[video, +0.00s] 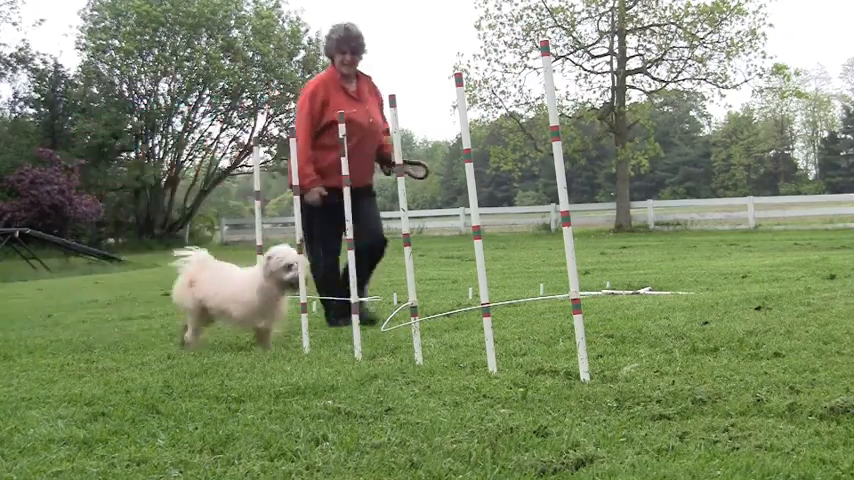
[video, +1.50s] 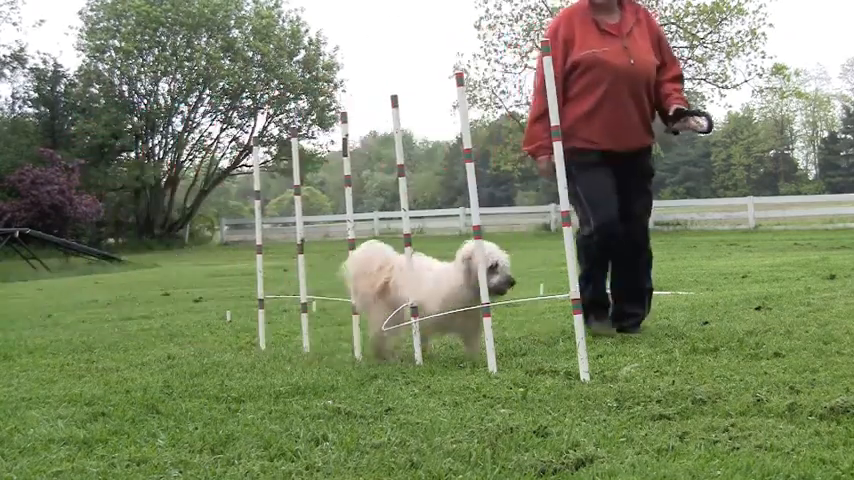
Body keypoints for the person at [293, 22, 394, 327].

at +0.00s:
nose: (348, 59)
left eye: (353, 53)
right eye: (341, 54)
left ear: (361, 54)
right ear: (331, 55)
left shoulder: (368, 87)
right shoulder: (316, 89)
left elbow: (378, 132)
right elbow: (301, 138)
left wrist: (389, 158)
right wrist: (308, 182)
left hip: (360, 186)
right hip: (323, 188)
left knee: (374, 243)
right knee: (325, 254)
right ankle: (336, 313)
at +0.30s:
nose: (402, 54)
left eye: (408, 49)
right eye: (396, 49)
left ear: (415, 50)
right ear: (384, 51)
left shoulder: (425, 87)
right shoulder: (373, 88)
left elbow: (429, 135)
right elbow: (365, 135)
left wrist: (450, 158)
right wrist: (401, 163)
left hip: (421, 185)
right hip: (377, 186)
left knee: (430, 250)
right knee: (375, 253)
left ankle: (432, 317)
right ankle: (350, 296)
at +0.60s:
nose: (455, 32)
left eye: (461, 26)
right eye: (448, 26)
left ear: (470, 27)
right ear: (437, 27)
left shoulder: (483, 65)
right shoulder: (423, 67)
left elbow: (499, 111)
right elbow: (408, 121)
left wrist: (512, 126)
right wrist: (407, 169)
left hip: (470, 168)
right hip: (433, 167)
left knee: (451, 240)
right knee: (458, 232)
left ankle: (433, 316)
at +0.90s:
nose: (499, 17)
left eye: (506, 9)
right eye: (492, 11)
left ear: (516, 10)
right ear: (481, 14)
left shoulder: (532, 50)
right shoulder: (470, 56)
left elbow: (552, 97)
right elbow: (455, 116)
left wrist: (560, 122)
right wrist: (450, 166)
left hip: (526, 168)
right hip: (486, 171)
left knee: (539, 238)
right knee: (503, 245)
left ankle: (494, 293)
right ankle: (512, 321)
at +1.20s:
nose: (551, 6)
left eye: (557, 0)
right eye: (543, 1)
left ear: (569, 3)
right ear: (533, 6)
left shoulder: (585, 42)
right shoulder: (520, 47)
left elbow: (603, 93)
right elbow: (507, 106)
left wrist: (617, 124)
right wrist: (519, 155)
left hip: (584, 160)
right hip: (532, 162)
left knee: (598, 237)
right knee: (520, 246)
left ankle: (615, 318)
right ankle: (517, 323)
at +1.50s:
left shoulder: (643, 20)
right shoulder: (565, 25)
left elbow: (666, 72)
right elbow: (544, 90)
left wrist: (674, 105)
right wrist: (542, 146)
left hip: (634, 149)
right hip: (584, 149)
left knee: (634, 234)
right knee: (602, 225)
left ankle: (630, 316)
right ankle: (594, 305)